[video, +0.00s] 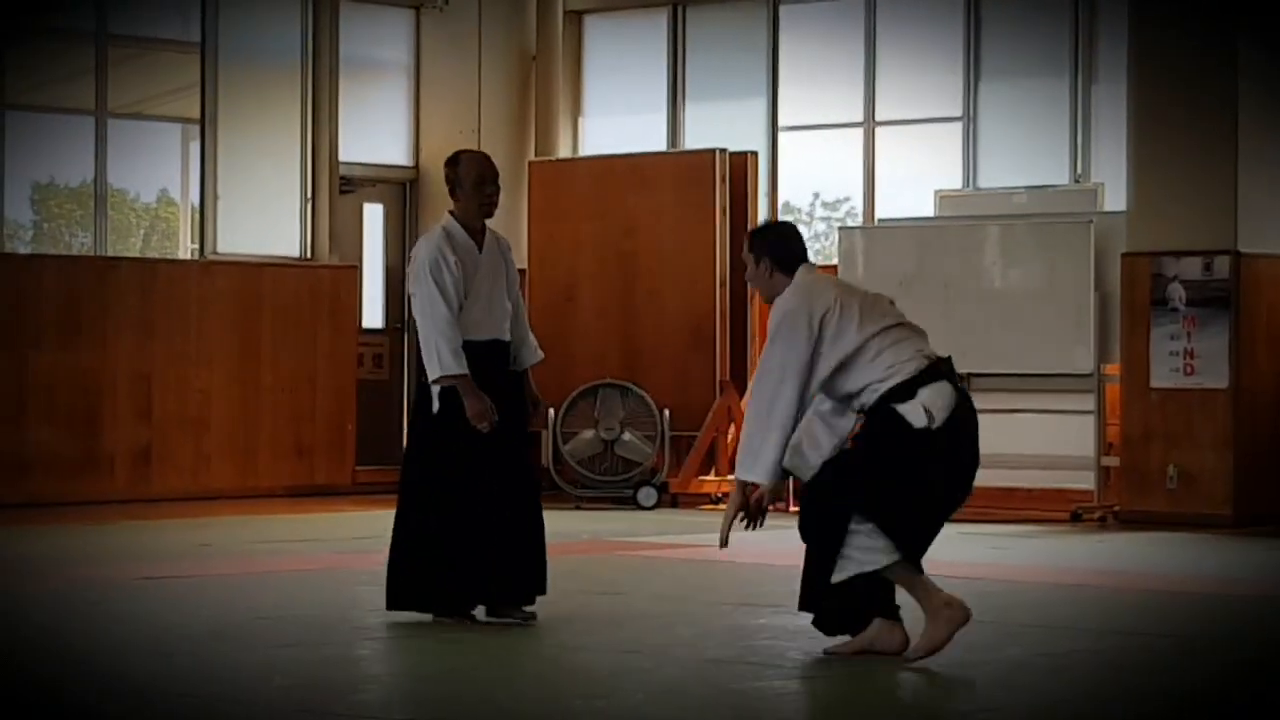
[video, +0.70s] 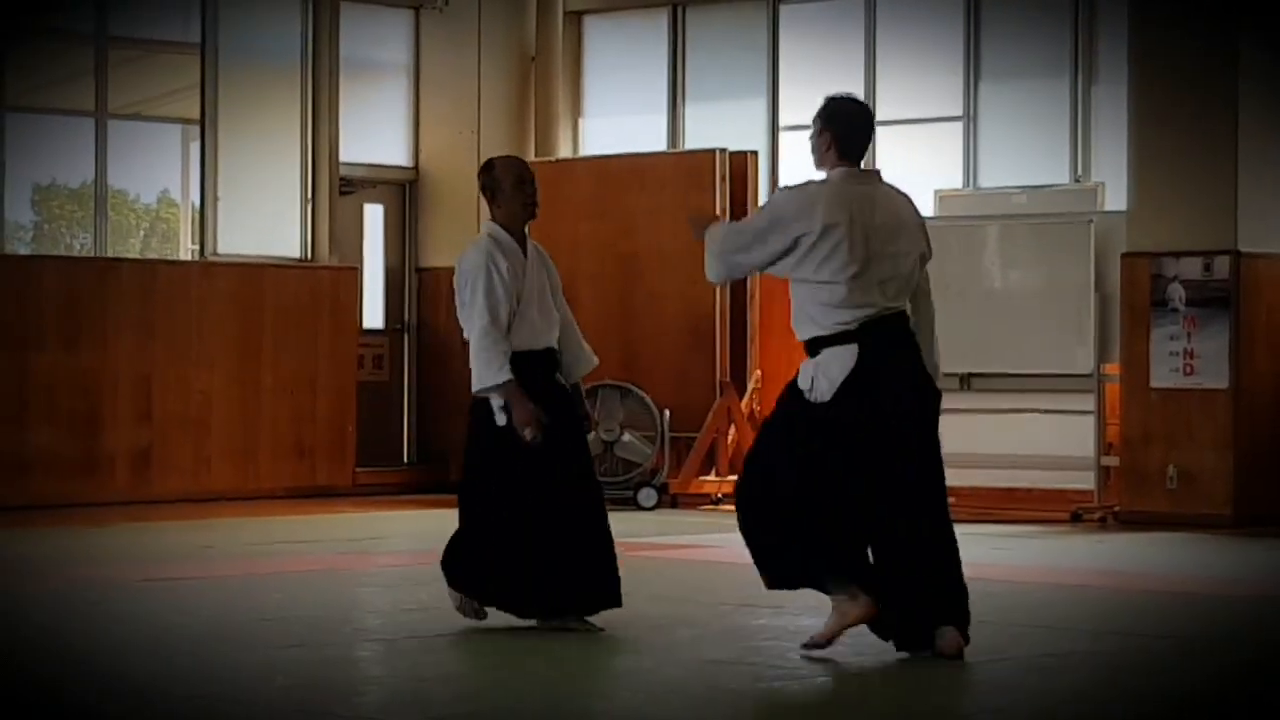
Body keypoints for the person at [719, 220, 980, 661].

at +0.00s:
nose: (746, 278)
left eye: (748, 267)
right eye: (745, 268)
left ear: (767, 265)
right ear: (796, 261)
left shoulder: (798, 302)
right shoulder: (837, 293)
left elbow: (773, 394)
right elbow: (834, 405)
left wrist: (745, 479)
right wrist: (779, 475)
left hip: (916, 412)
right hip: (939, 405)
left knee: (835, 503)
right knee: (841, 503)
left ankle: (938, 605)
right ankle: (880, 623)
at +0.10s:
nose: (773, 236)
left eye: (773, 225)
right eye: (773, 225)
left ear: (787, 224)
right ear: (822, 221)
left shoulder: (808, 271)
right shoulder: (863, 260)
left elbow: (777, 364)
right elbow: (864, 367)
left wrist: (747, 447)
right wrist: (819, 438)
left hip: (917, 398)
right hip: (947, 391)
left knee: (848, 519)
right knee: (860, 508)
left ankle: (977, 626)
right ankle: (884, 626)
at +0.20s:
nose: (793, 201)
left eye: (796, 191)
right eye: (794, 191)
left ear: (811, 194)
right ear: (847, 190)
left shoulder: (816, 247)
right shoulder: (889, 235)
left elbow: (784, 343)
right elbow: (906, 330)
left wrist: (754, 422)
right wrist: (862, 416)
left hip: (916, 382)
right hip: (955, 372)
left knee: (892, 520)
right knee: (878, 506)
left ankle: (989, 642)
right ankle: (877, 625)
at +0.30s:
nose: (810, 174)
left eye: (812, 165)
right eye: (812, 164)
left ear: (825, 167)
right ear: (863, 165)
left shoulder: (821, 225)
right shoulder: (906, 216)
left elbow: (788, 323)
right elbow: (933, 276)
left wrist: (764, 397)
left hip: (907, 374)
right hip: (956, 363)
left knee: (888, 517)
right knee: (936, 508)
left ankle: (984, 642)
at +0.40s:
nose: (823, 158)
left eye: (825, 149)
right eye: (826, 148)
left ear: (836, 152)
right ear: (877, 153)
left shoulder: (825, 212)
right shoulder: (919, 207)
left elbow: (790, 305)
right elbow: (948, 297)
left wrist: (769, 374)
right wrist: (961, 364)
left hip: (891, 367)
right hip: (946, 359)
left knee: (887, 506)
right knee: (938, 501)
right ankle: (977, 628)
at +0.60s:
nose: (826, 143)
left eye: (829, 134)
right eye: (829, 134)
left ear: (841, 140)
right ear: (880, 144)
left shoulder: (818, 205)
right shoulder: (918, 206)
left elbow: (759, 290)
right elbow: (937, 296)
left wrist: (736, 310)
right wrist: (954, 368)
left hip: (861, 372)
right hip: (923, 367)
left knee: (818, 513)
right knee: (916, 499)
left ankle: (911, 600)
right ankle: (949, 631)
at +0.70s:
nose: (810, 144)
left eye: (813, 135)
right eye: (814, 135)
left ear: (826, 140)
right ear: (865, 144)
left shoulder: (805, 202)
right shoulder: (902, 206)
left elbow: (725, 256)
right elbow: (920, 299)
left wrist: (716, 231)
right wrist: (928, 371)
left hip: (841, 368)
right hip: (905, 366)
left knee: (767, 484)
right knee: (916, 494)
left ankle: (846, 594)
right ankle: (946, 623)